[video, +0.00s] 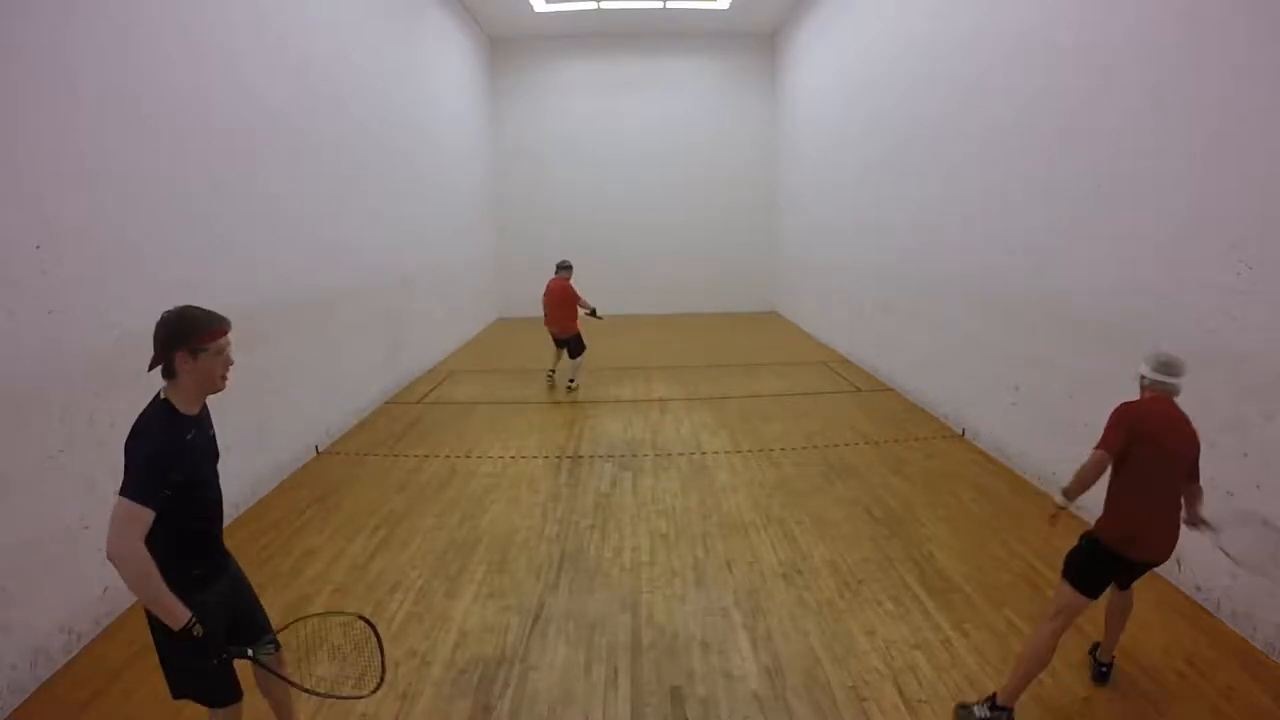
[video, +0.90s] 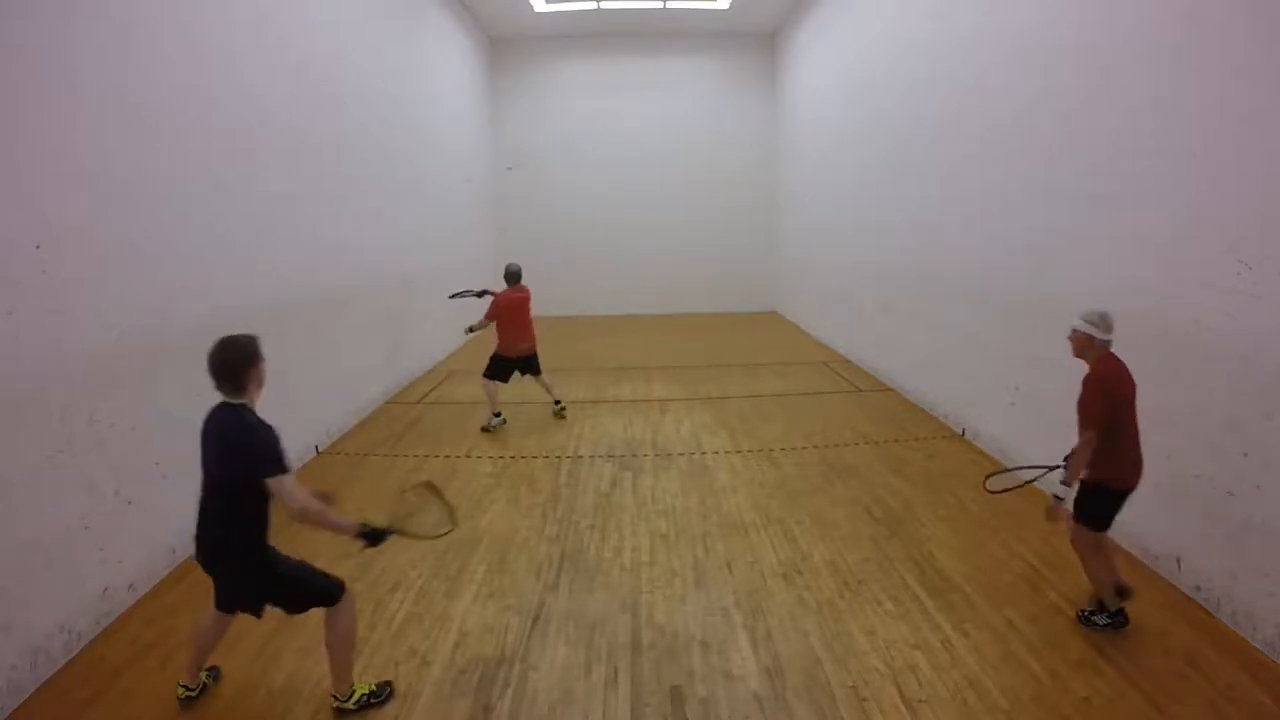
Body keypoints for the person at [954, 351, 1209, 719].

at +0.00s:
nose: (1140, 385)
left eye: (1142, 380)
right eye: (1146, 381)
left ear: (1144, 381)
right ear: (1177, 388)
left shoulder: (1129, 413)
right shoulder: (1186, 430)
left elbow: (1098, 463)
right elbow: (1192, 485)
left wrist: (1066, 496)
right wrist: (1193, 513)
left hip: (1115, 537)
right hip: (1159, 545)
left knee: (1057, 619)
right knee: (1122, 584)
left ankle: (1001, 705)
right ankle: (1105, 660)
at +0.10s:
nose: (1147, 362)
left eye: (1150, 356)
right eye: (1151, 357)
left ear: (1156, 359)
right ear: (1186, 364)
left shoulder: (1144, 392)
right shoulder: (1200, 401)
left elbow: (1120, 453)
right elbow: (1199, 455)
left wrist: (1110, 493)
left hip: (1137, 510)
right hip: (1178, 520)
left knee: (1080, 590)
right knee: (1133, 579)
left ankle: (1019, 669)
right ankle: (1107, 659)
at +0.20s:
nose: (1152, 339)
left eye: (1154, 334)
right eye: (1155, 334)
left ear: (1161, 335)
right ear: (1191, 339)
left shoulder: (1157, 370)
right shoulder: (1207, 375)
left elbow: (1144, 432)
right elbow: (1192, 434)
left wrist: (1129, 466)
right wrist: (1144, 457)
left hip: (1154, 491)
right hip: (1195, 500)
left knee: (1097, 564)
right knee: (1155, 567)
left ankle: (1037, 637)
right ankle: (1131, 645)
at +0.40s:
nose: (1165, 350)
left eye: (1169, 345)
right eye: (1167, 344)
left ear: (1180, 351)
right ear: (1199, 354)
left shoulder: (1179, 392)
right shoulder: (1213, 389)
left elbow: (1170, 457)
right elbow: (1195, 441)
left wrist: (1131, 485)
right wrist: (1151, 446)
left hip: (1168, 505)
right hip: (1201, 509)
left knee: (1103, 564)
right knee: (1180, 577)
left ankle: (1069, 648)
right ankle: (1185, 653)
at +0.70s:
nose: (1120, 345)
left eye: (1125, 341)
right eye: (1122, 340)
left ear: (1139, 348)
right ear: (1150, 349)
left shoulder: (1145, 387)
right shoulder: (1166, 381)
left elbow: (1151, 450)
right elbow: (1145, 437)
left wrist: (1136, 507)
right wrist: (1108, 458)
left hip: (1144, 491)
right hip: (1171, 492)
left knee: (1092, 540)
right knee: (1165, 561)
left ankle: (1109, 609)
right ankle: (1186, 639)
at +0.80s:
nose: (1094, 339)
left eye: (1100, 335)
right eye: (1096, 334)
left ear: (1115, 342)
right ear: (1121, 342)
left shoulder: (1121, 382)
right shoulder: (1140, 373)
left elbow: (1124, 443)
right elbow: (1125, 429)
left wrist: (1107, 496)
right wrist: (1094, 453)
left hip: (1128, 481)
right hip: (1149, 479)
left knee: (1088, 539)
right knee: (1130, 538)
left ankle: (1111, 609)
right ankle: (1169, 604)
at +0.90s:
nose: (1070, 338)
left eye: (1075, 333)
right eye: (1072, 332)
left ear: (1092, 340)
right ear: (1099, 341)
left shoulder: (1096, 380)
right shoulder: (1117, 369)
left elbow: (1089, 441)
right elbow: (1106, 426)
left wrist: (1063, 491)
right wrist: (1080, 450)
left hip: (1107, 474)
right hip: (1123, 470)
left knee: (1081, 536)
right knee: (1091, 530)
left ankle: (1110, 608)